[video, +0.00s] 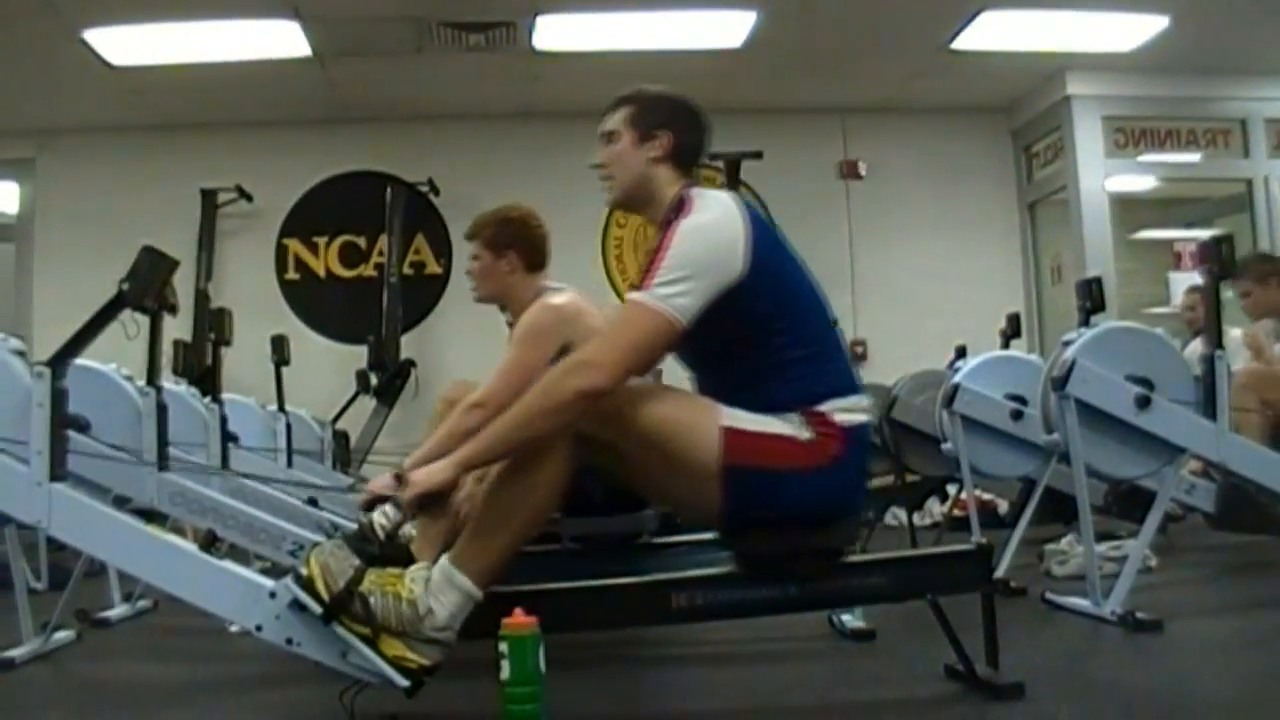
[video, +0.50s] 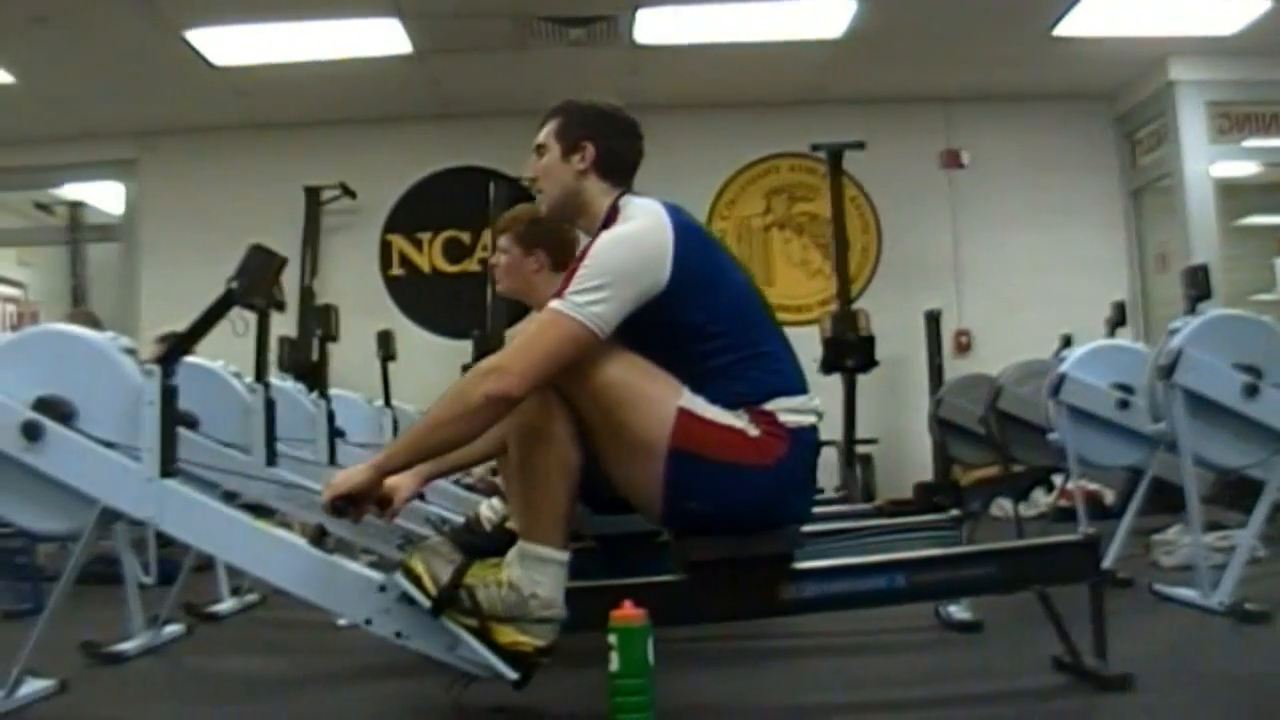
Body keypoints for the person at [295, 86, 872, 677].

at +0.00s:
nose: (596, 158)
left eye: (610, 141)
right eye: (599, 144)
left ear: (660, 147)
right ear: (656, 152)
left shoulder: (713, 221)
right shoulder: (684, 231)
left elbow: (588, 375)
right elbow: (596, 370)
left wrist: (454, 463)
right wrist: (460, 455)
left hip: (812, 451)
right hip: (767, 440)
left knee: (575, 405)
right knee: (556, 405)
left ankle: (438, 608)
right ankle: (431, 592)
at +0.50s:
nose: (529, 171)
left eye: (541, 154)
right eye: (532, 155)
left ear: (583, 158)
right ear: (588, 162)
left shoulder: (640, 233)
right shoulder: (621, 240)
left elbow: (506, 383)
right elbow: (523, 403)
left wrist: (377, 466)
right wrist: (416, 474)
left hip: (759, 460)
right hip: (741, 455)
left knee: (550, 360)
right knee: (545, 363)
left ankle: (534, 586)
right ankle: (533, 575)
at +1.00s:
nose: (662, 144)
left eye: (678, 128)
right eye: (667, 129)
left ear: (725, 135)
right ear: (723, 138)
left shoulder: (765, 216)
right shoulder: (728, 225)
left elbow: (629, 360)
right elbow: (628, 357)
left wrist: (482, 422)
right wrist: (494, 431)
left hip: (854, 453)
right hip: (811, 445)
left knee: (631, 370)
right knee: (613, 377)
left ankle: (540, 594)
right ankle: (531, 581)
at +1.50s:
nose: (879, 125)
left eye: (896, 107)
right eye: (883, 111)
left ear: (950, 117)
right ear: (939, 122)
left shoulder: (983, 202)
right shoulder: (944, 210)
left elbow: (842, 322)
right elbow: (826, 316)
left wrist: (679, 369)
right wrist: (681, 377)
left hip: (1014, 440)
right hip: (969, 436)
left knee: (753, 457)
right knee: (730, 458)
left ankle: (548, 605)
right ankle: (539, 596)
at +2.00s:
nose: (997, 134)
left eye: (1010, 116)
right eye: (996, 119)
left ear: (1063, 116)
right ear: (1039, 123)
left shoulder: (1096, 197)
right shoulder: (1044, 222)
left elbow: (1063, 334)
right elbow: (974, 367)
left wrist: (899, 350)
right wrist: (850, 376)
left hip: (1034, 429)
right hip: (986, 422)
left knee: (796, 532)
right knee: (777, 523)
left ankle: (557, 611)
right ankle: (555, 597)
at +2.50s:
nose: (973, 140)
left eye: (985, 121)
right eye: (971, 126)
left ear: (1038, 117)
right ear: (1012, 126)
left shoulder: (1086, 198)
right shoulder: (1040, 213)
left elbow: (1166, 344)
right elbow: (1062, 341)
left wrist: (1018, 345)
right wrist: (972, 364)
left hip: (1042, 436)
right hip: (1002, 425)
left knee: (800, 513)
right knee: (782, 502)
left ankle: (566, 606)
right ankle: (560, 593)